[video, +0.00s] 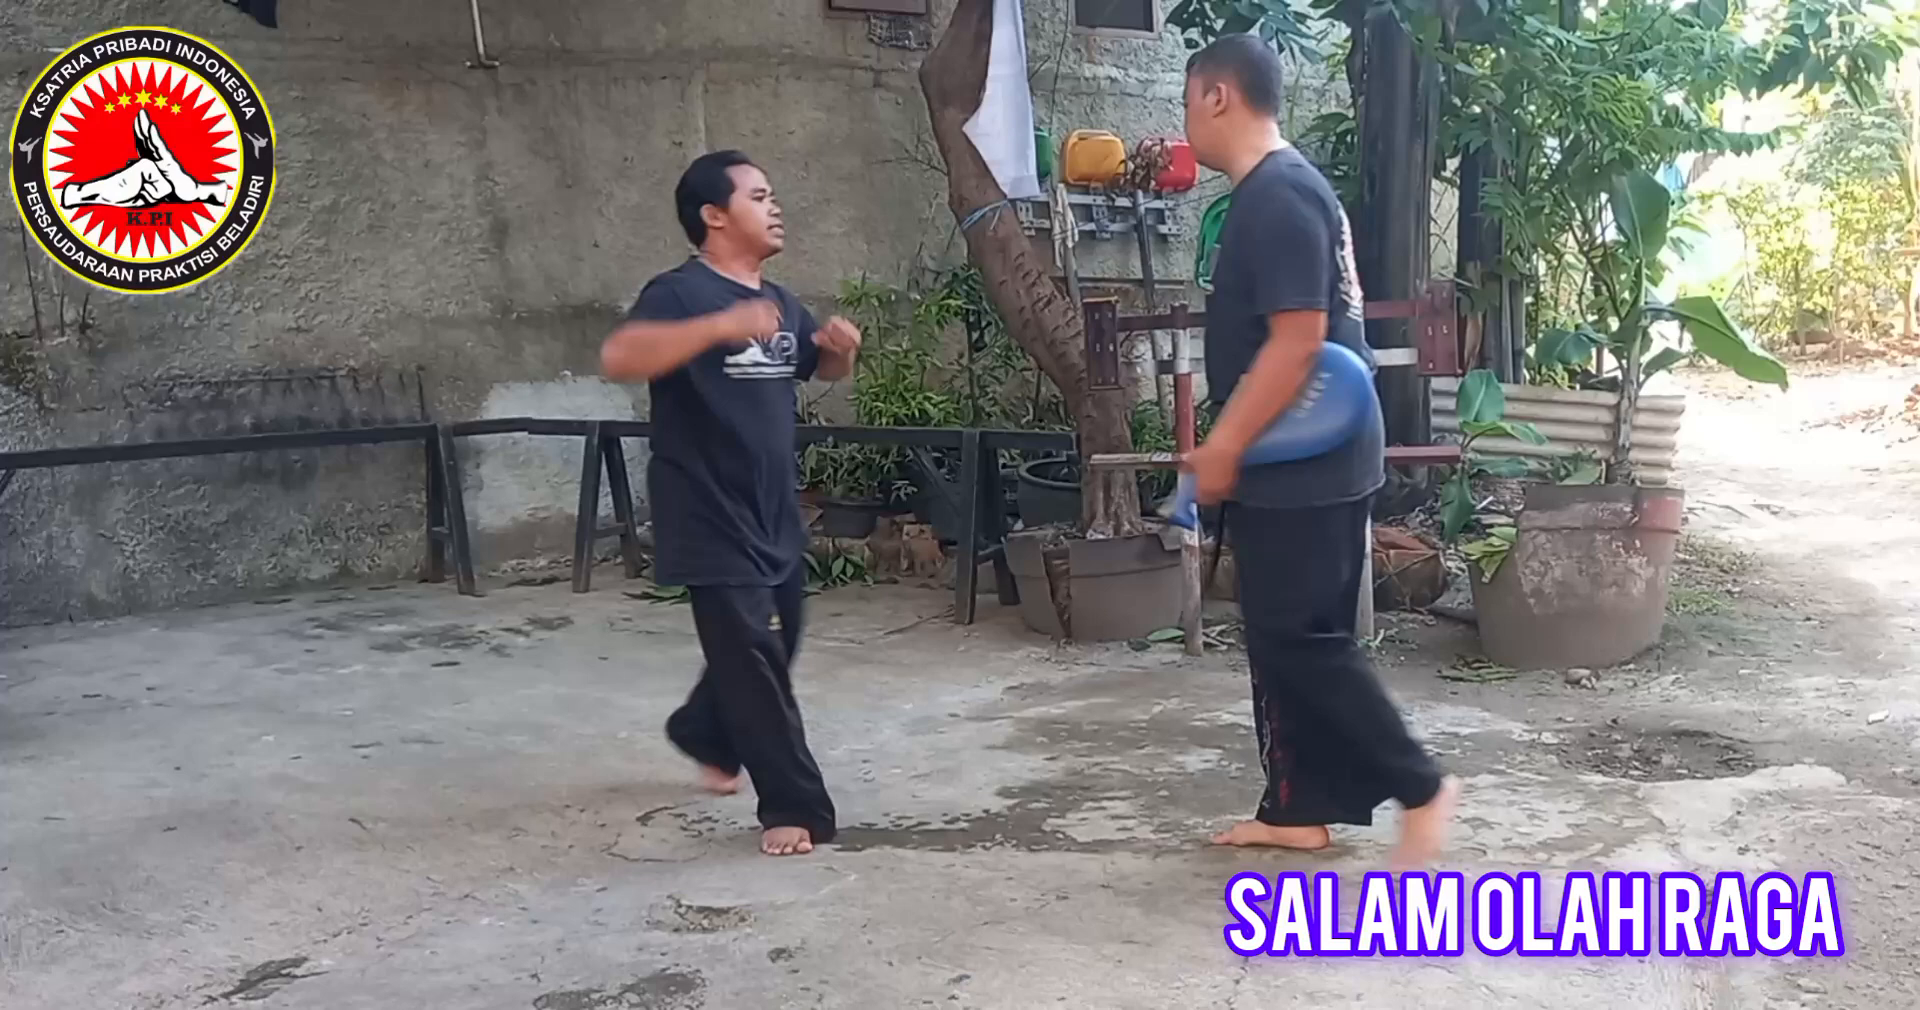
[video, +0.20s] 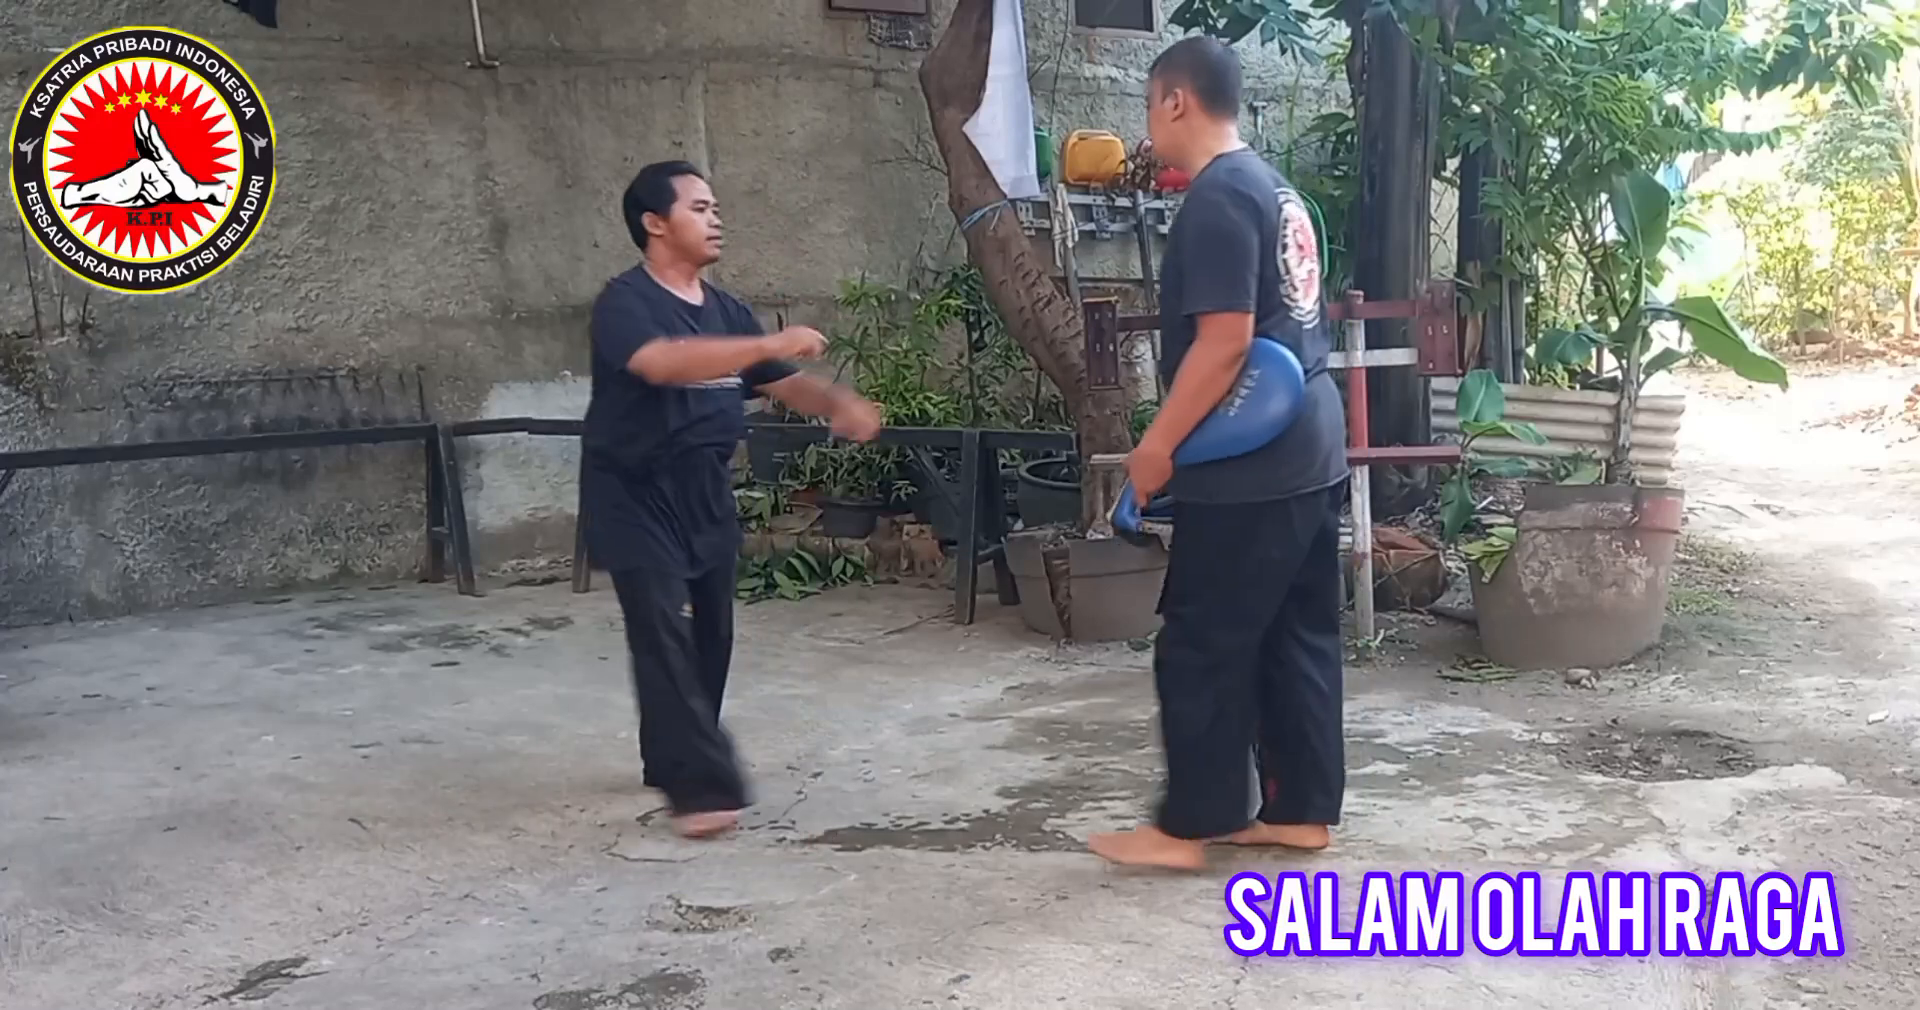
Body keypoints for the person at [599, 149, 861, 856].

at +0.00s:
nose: (776, 210)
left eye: (771, 197)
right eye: (759, 198)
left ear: (734, 217)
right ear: (715, 217)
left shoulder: (777, 302)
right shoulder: (677, 293)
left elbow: (822, 371)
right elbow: (618, 357)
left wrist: (837, 353)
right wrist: (719, 327)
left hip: (776, 511)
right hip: (709, 514)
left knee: (775, 642)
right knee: (750, 654)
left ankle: (703, 730)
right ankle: (791, 808)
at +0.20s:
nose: (717, 220)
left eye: (715, 209)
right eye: (700, 209)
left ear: (695, 224)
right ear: (655, 224)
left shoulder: (729, 312)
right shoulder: (623, 301)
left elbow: (777, 377)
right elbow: (657, 363)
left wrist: (838, 403)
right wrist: (767, 347)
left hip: (706, 493)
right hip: (631, 493)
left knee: (710, 635)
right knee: (661, 626)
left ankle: (679, 765)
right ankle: (701, 790)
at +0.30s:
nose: (689, 213)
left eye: (689, 202)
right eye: (673, 203)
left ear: (686, 214)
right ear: (629, 219)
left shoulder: (708, 304)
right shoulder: (597, 304)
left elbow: (742, 384)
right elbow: (625, 407)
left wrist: (767, 441)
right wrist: (731, 386)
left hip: (687, 495)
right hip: (611, 499)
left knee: (689, 633)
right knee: (618, 636)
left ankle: (680, 762)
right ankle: (605, 778)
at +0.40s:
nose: (655, 217)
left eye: (653, 205)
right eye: (638, 207)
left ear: (650, 214)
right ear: (593, 223)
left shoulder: (670, 303)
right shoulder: (560, 308)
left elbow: (690, 396)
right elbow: (554, 414)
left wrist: (694, 467)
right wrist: (645, 451)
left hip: (660, 508)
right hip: (580, 512)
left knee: (677, 635)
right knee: (552, 633)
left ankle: (680, 763)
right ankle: (509, 741)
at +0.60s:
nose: (585, 242)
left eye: (587, 230)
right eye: (569, 231)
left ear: (589, 235)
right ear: (523, 240)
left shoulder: (599, 315)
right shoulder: (474, 324)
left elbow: (618, 397)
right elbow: (430, 414)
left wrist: (637, 468)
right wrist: (494, 482)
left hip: (592, 509)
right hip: (502, 519)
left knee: (631, 632)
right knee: (488, 639)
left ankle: (674, 755)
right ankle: (474, 753)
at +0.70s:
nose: (561, 234)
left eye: (564, 222)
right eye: (545, 223)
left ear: (569, 226)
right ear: (500, 230)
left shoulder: (587, 304)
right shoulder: (450, 313)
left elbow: (607, 384)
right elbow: (413, 401)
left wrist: (614, 453)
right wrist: (458, 470)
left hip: (579, 498)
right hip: (490, 506)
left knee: (615, 611)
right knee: (482, 634)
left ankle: (642, 735)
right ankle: (475, 754)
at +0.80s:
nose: (549, 230)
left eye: (553, 217)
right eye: (533, 219)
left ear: (559, 222)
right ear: (487, 226)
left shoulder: (582, 299)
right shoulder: (436, 306)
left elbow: (608, 376)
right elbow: (406, 388)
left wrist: (610, 444)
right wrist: (442, 459)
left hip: (571, 492)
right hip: (480, 499)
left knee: (592, 608)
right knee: (477, 629)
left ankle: (584, 727)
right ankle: (474, 752)